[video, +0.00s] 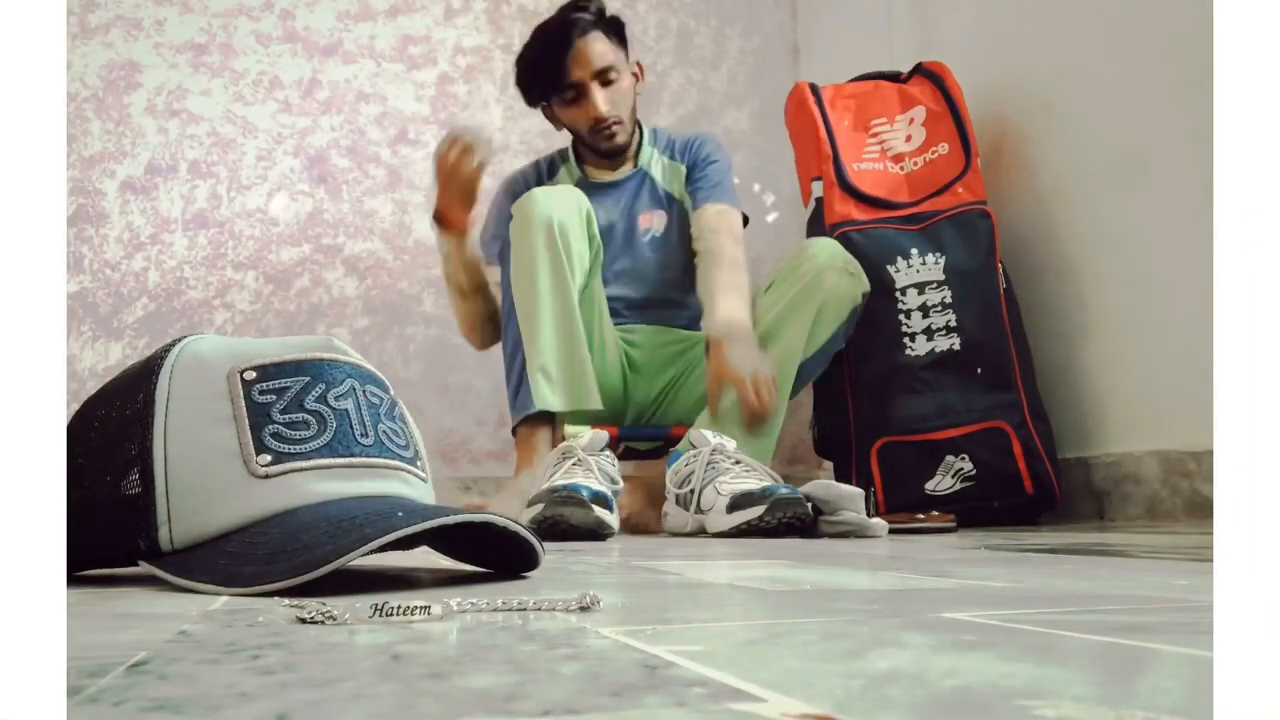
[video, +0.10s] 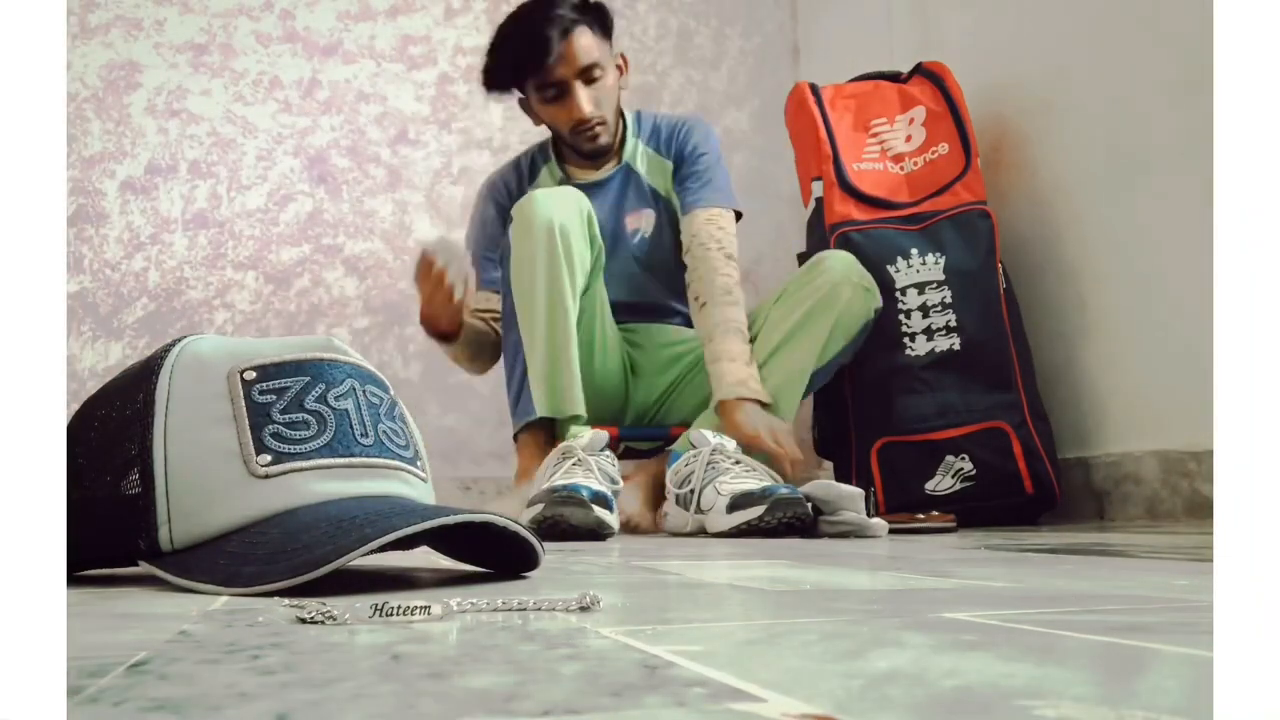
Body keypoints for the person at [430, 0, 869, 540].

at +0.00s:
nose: (600, 109)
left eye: (608, 81)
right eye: (573, 97)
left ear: (635, 76)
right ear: (551, 112)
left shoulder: (695, 155)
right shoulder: (529, 188)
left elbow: (719, 240)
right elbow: (482, 331)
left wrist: (730, 328)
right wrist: (452, 234)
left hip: (688, 372)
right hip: (586, 368)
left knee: (831, 263)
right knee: (548, 205)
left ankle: (716, 460)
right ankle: (576, 454)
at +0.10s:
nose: (583, 109)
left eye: (592, 79)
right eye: (554, 93)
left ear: (620, 71)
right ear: (527, 103)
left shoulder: (684, 142)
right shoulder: (507, 191)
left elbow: (715, 275)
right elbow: (484, 351)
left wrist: (738, 399)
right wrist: (449, 331)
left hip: (680, 368)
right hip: (579, 368)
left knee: (846, 277)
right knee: (546, 209)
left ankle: (704, 455)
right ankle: (567, 453)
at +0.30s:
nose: (570, 112)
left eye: (579, 80)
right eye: (541, 99)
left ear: (608, 67)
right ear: (517, 111)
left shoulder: (676, 137)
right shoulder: (497, 192)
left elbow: (719, 253)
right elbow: (479, 367)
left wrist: (740, 339)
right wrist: (458, 341)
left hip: (682, 366)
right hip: (579, 366)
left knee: (841, 280)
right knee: (549, 208)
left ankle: (704, 459)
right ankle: (572, 452)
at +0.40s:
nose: (572, 102)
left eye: (583, 74)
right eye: (548, 88)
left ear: (615, 71)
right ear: (526, 103)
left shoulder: (681, 145)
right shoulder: (509, 184)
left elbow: (746, 288)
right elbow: (447, 314)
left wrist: (731, 250)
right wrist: (505, 235)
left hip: (687, 367)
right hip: (586, 365)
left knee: (830, 270)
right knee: (551, 210)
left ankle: (706, 458)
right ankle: (573, 454)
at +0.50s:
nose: (594, 136)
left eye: (611, 112)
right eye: (574, 115)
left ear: (645, 96)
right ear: (555, 109)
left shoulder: (692, 161)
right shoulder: (526, 175)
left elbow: (735, 270)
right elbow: (442, 250)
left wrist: (684, 234)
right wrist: (530, 207)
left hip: (675, 378)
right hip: (578, 378)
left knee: (810, 260)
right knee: (540, 223)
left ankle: (675, 465)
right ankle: (551, 456)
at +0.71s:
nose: (651, 130)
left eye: (675, 114)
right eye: (638, 105)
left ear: (706, 110)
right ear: (618, 90)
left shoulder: (731, 168)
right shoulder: (561, 157)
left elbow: (718, 287)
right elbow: (458, 242)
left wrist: (649, 273)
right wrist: (506, 236)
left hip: (685, 369)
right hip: (587, 360)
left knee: (799, 266)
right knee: (563, 204)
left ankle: (644, 473)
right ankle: (569, 455)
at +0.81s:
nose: (662, 125)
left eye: (687, 110)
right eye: (651, 99)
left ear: (721, 107)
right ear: (631, 77)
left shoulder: (743, 172)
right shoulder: (571, 152)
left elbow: (712, 294)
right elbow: (473, 246)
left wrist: (627, 297)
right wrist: (495, 259)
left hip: (680, 374)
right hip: (588, 369)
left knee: (813, 275)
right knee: (566, 202)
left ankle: (658, 471)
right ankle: (545, 456)